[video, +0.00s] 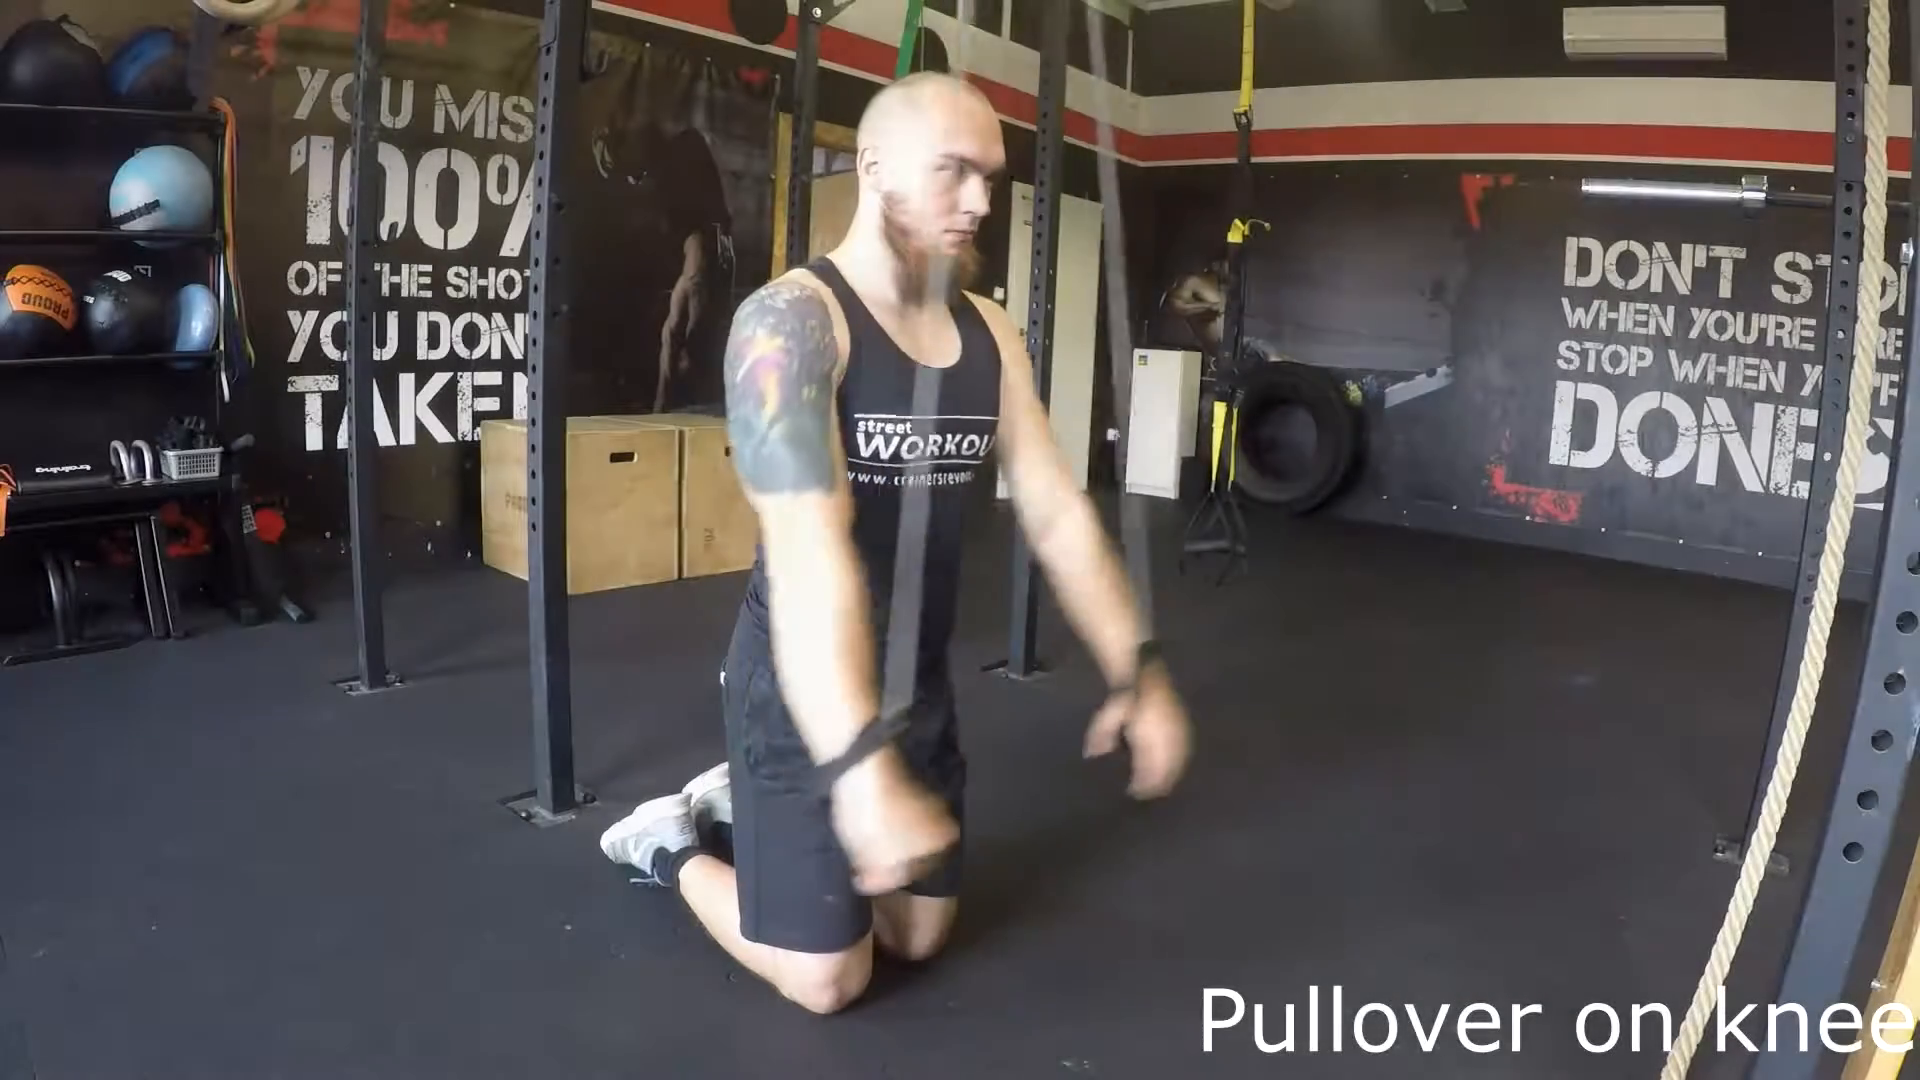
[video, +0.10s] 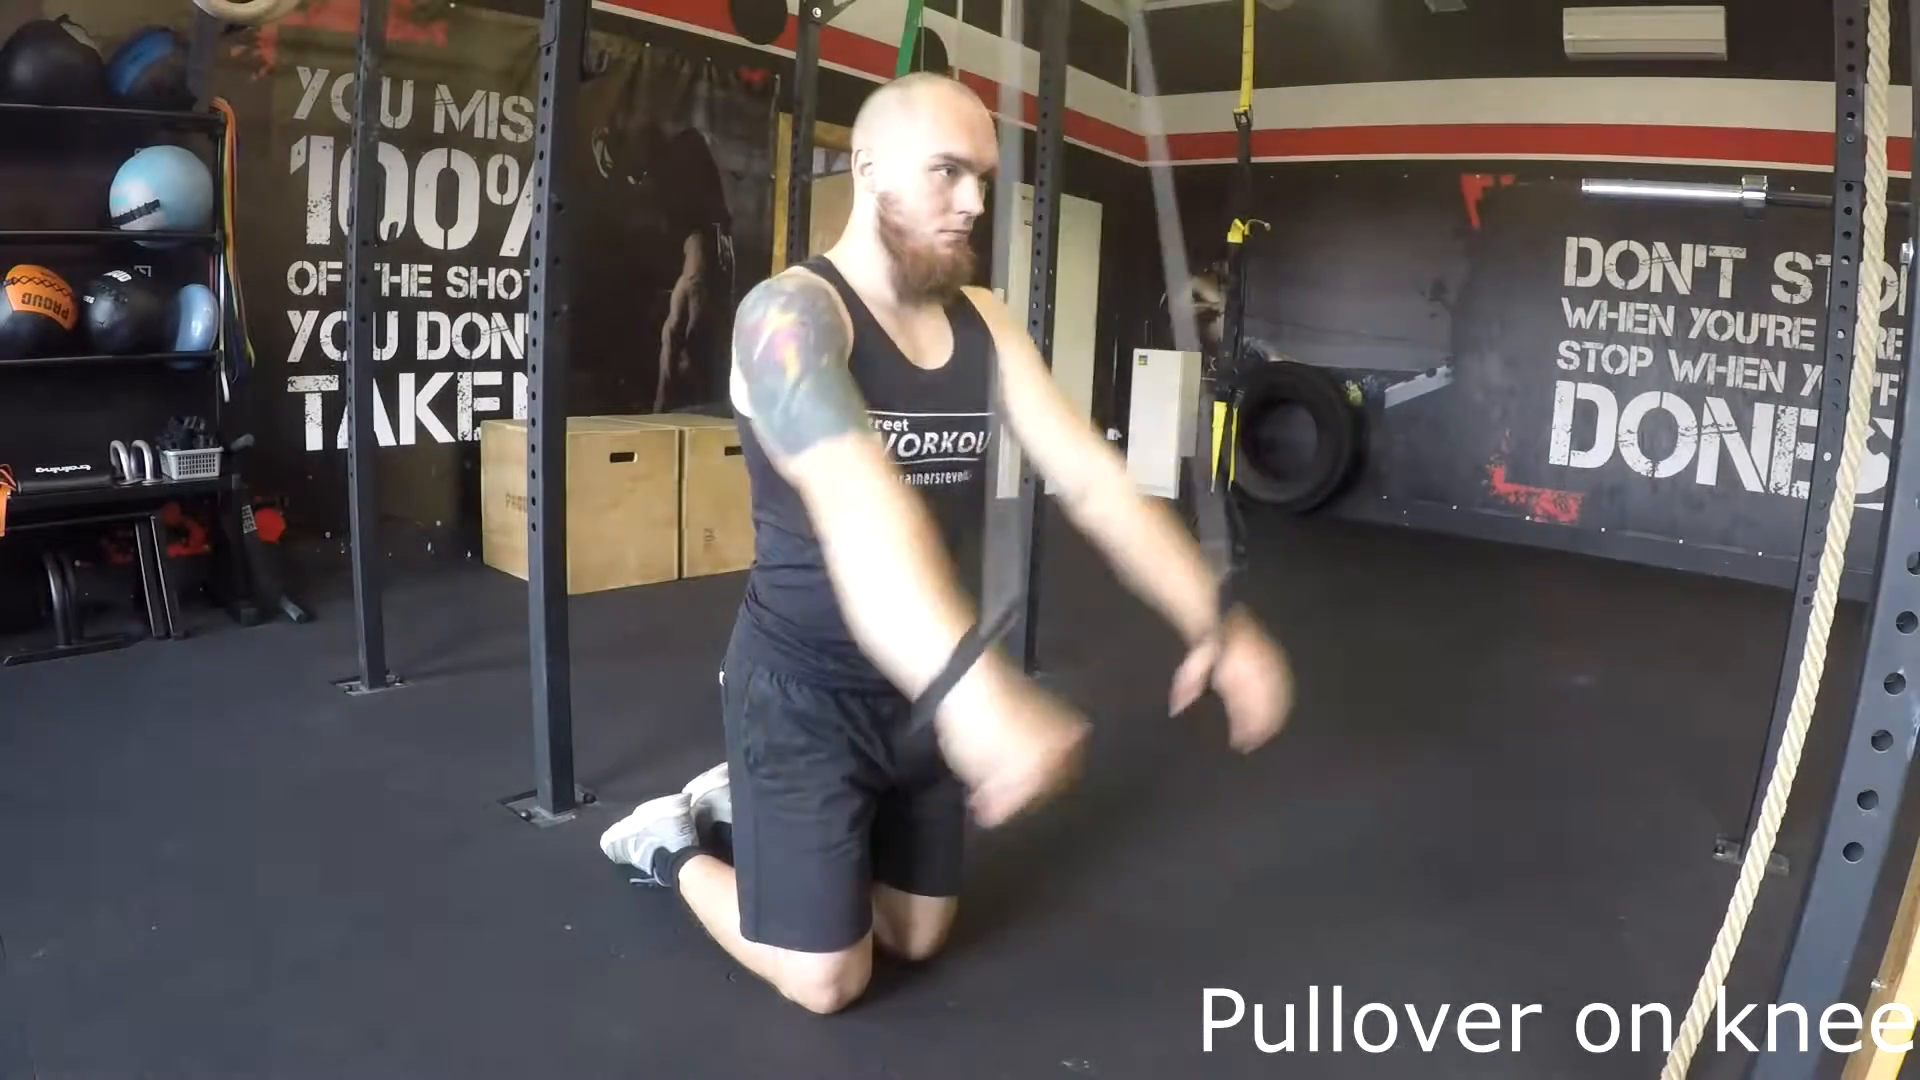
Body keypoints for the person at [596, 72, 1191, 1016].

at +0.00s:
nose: (979, 202)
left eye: (990, 178)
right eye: (955, 171)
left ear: (996, 185)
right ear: (876, 170)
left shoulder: (988, 332)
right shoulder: (789, 325)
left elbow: (1053, 505)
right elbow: (807, 561)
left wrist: (1137, 671)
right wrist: (862, 766)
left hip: (917, 680)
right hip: (801, 682)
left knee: (914, 933)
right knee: (822, 978)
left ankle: (751, 803)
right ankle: (671, 849)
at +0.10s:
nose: (972, 202)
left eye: (983, 178)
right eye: (948, 172)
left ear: (989, 185)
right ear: (871, 172)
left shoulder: (983, 322)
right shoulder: (791, 315)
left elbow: (1089, 477)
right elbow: (865, 523)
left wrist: (1211, 616)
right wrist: (979, 695)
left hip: (929, 676)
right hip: (804, 681)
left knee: (912, 934)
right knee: (823, 980)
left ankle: (745, 809)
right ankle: (673, 853)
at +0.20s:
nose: (969, 204)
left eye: (982, 182)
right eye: (945, 173)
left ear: (986, 188)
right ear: (865, 171)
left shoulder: (977, 311)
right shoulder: (788, 309)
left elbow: (1116, 418)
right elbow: (931, 444)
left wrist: (1286, 526)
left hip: (913, 684)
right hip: (797, 685)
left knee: (917, 931)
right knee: (823, 980)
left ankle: (747, 805)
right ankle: (680, 856)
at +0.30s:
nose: (965, 205)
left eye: (976, 181)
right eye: (938, 176)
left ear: (981, 184)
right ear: (859, 171)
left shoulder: (976, 307)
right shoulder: (785, 296)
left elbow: (1125, 348)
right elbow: (944, 335)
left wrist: (1328, 412)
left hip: (914, 684)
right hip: (797, 684)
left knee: (916, 931)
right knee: (821, 980)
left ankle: (750, 808)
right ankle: (675, 851)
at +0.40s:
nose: (965, 201)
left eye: (977, 180)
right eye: (940, 174)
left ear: (983, 181)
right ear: (861, 173)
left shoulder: (963, 295)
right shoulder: (791, 281)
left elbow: (1135, 314)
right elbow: (957, 269)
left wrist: (1337, 330)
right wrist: (1182, 224)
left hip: (913, 685)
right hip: (796, 686)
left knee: (915, 932)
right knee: (821, 977)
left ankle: (753, 809)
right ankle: (676, 854)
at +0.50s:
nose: (969, 201)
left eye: (980, 180)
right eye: (943, 175)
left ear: (985, 181)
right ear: (863, 176)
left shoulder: (960, 292)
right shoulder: (793, 282)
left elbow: (1133, 303)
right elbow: (967, 263)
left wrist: (1320, 312)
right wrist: (1189, 212)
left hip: (913, 683)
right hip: (797, 683)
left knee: (916, 932)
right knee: (821, 977)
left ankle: (753, 809)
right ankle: (677, 854)